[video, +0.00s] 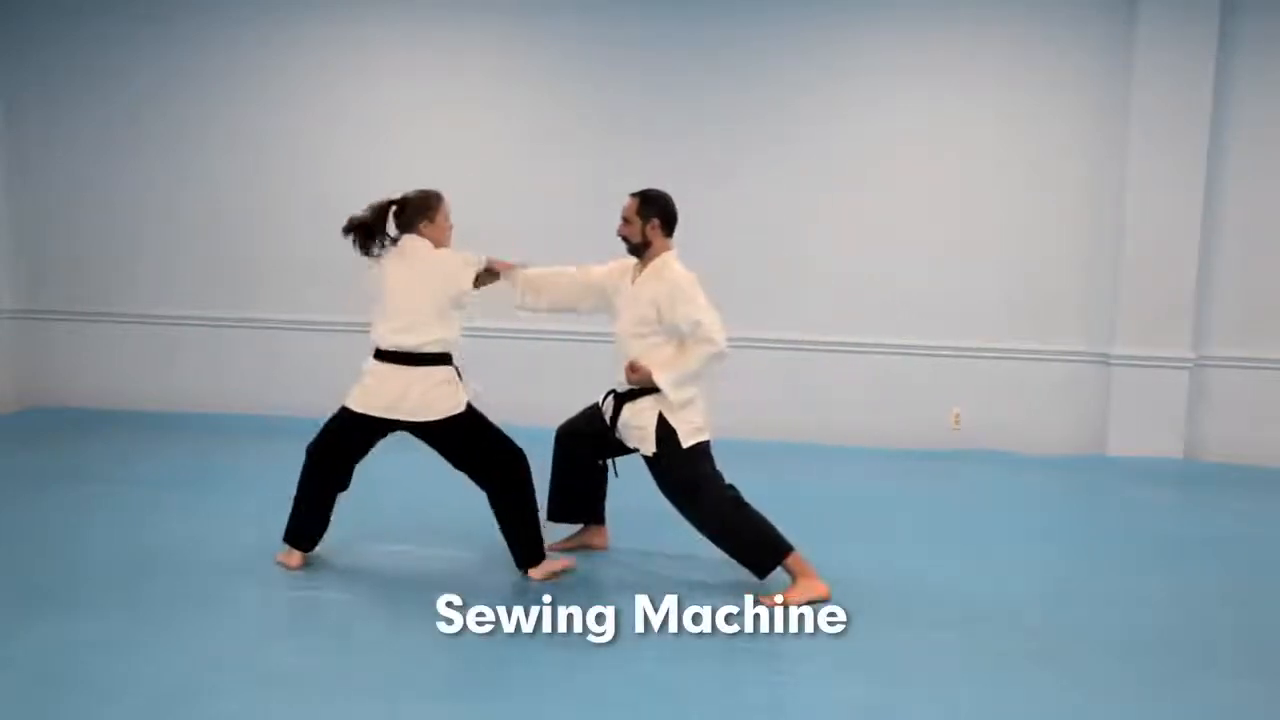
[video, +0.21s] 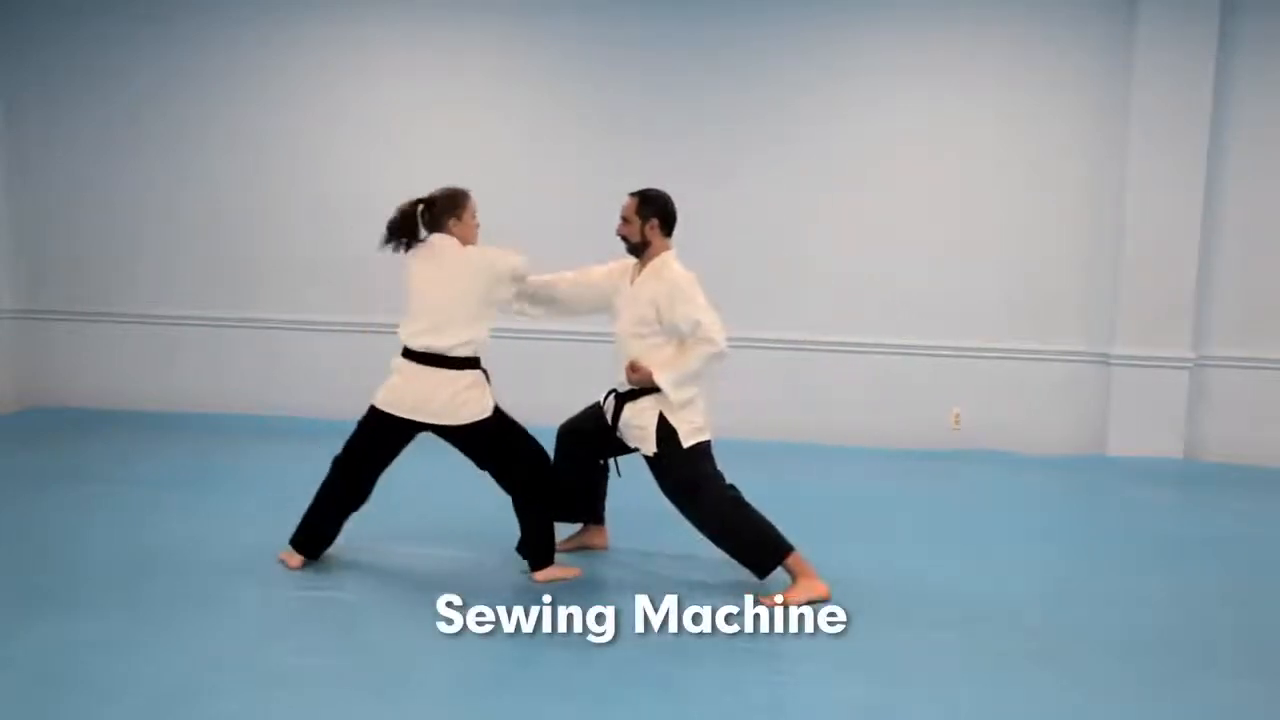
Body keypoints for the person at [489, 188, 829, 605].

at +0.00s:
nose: (619, 228)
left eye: (626, 221)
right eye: (620, 220)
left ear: (654, 228)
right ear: (646, 227)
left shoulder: (674, 280)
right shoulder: (623, 274)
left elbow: (712, 341)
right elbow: (572, 282)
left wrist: (658, 372)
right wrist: (512, 274)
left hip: (670, 412)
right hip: (633, 405)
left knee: (710, 500)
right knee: (575, 438)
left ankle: (805, 577)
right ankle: (592, 530)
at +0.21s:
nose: (618, 227)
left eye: (626, 220)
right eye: (620, 219)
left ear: (652, 227)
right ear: (649, 227)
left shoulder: (673, 279)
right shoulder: (626, 273)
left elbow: (711, 341)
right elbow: (567, 287)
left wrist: (659, 374)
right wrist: (503, 287)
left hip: (671, 411)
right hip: (635, 404)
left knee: (708, 499)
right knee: (576, 436)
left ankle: (805, 578)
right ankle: (591, 529)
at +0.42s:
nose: (615, 225)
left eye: (623, 218)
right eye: (617, 217)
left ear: (649, 226)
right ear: (647, 225)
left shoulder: (670, 277)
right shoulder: (623, 271)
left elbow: (711, 340)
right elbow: (568, 291)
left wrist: (659, 373)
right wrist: (511, 269)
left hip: (669, 409)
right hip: (632, 403)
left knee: (708, 498)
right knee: (573, 437)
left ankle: (805, 577)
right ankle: (589, 527)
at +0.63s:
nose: (617, 225)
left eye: (624, 219)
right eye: (618, 218)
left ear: (650, 224)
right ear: (647, 224)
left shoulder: (671, 277)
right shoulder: (624, 272)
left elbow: (711, 341)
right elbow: (565, 289)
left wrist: (659, 374)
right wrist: (507, 276)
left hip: (669, 411)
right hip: (632, 404)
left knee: (709, 498)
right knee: (575, 440)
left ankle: (805, 578)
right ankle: (591, 530)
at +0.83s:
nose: (619, 227)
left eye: (626, 221)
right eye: (620, 219)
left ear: (653, 226)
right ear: (649, 226)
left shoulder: (674, 278)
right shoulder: (627, 273)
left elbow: (713, 340)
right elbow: (567, 286)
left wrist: (663, 373)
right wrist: (507, 285)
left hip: (673, 411)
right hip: (636, 404)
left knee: (711, 498)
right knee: (583, 439)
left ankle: (806, 578)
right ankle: (599, 531)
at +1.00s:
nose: (617, 225)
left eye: (625, 218)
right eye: (618, 217)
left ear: (652, 224)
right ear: (647, 224)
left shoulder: (675, 275)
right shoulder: (622, 271)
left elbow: (715, 337)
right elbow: (571, 293)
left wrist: (664, 370)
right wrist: (522, 275)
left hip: (674, 407)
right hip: (634, 400)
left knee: (714, 494)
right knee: (587, 437)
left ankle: (807, 578)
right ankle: (593, 529)